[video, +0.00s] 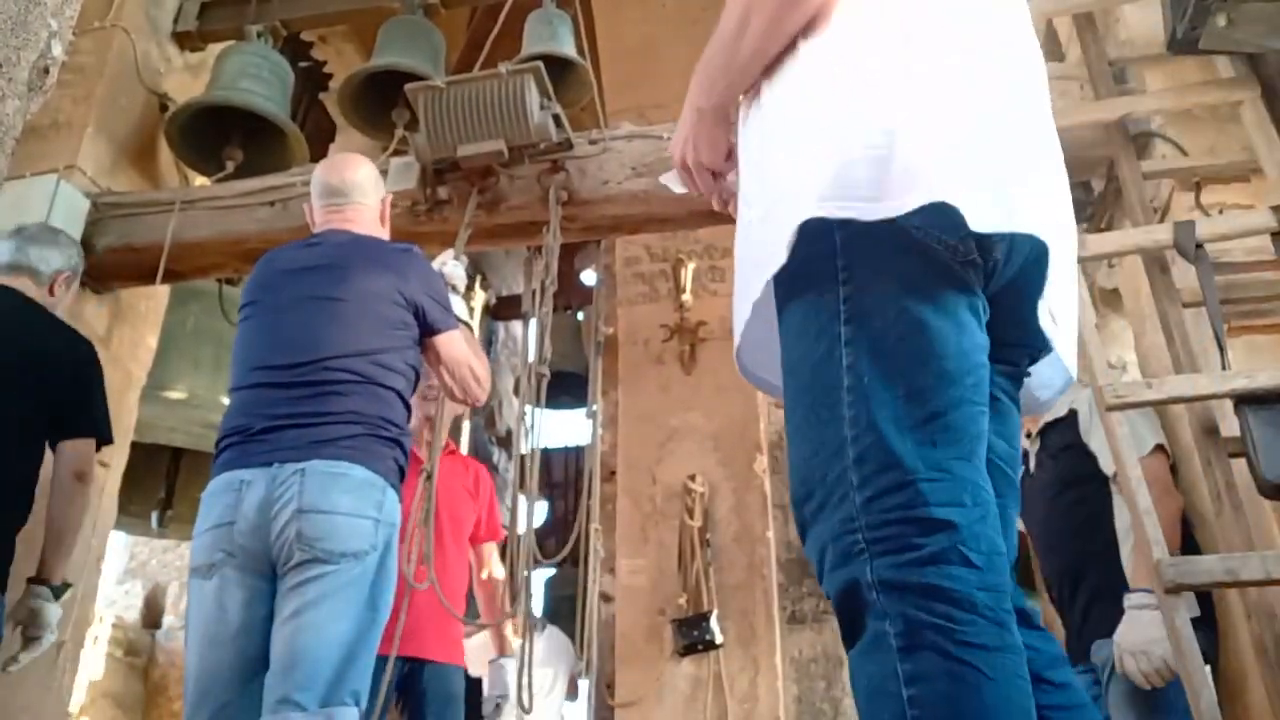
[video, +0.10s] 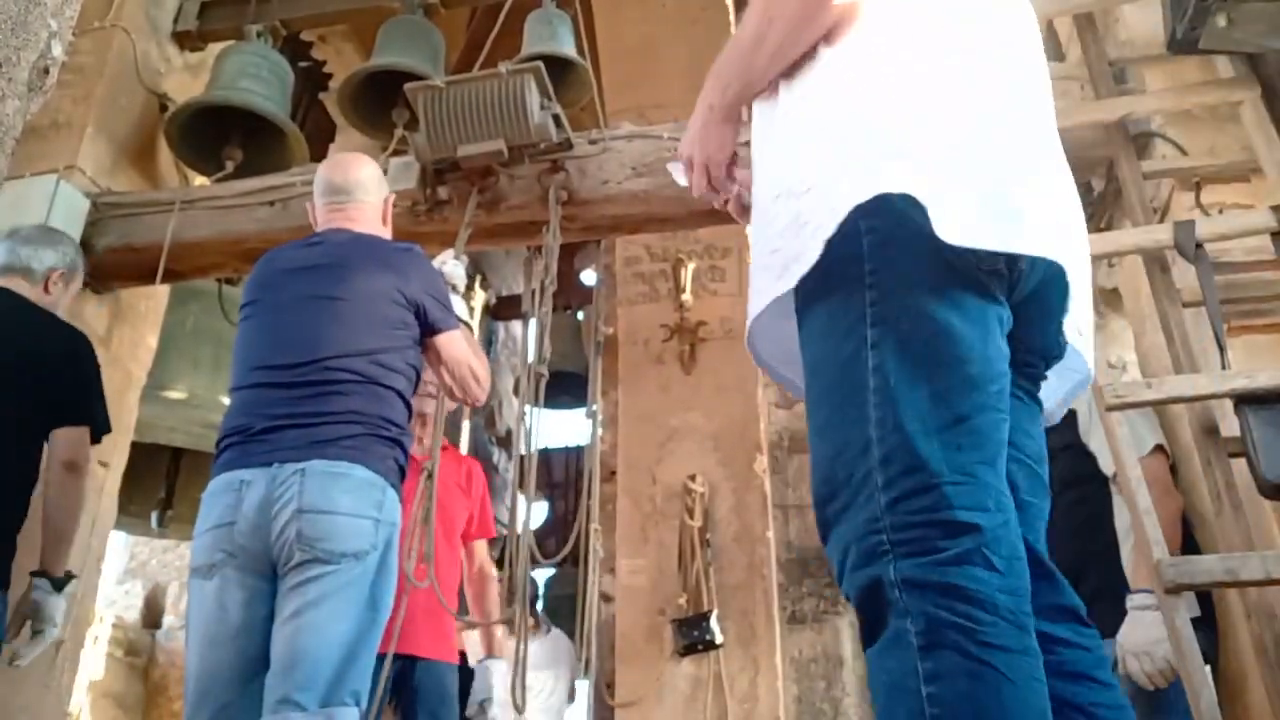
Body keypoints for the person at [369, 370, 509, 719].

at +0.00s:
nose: (432, 384)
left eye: (445, 379)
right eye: (423, 374)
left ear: (463, 404)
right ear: (403, 392)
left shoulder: (474, 476)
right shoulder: (382, 463)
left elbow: (488, 571)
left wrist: (502, 655)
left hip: (441, 650)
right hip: (371, 644)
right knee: (355, 713)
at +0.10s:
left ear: (451, 403)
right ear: (396, 394)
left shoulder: (466, 471)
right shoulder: (376, 460)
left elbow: (480, 567)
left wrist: (493, 653)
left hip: (434, 647)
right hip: (365, 641)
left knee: (437, 713)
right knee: (348, 713)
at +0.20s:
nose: (424, 379)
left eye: (434, 372)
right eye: (417, 368)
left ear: (447, 389)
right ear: (394, 377)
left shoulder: (458, 467)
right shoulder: (368, 456)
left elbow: (471, 564)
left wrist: (484, 655)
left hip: (427, 646)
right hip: (359, 639)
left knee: (434, 713)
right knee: (344, 713)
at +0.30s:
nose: (412, 390)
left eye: (421, 383)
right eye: (405, 379)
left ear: (439, 393)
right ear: (389, 384)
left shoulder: (454, 467)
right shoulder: (362, 454)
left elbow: (467, 561)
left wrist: (480, 650)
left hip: (422, 645)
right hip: (356, 639)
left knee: (434, 713)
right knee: (342, 713)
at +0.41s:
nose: (413, 378)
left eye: (424, 370)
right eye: (410, 367)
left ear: (440, 384)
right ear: (389, 376)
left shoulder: (450, 465)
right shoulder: (358, 451)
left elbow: (466, 560)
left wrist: (479, 645)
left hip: (421, 643)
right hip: (353, 638)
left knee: (431, 712)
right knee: (339, 713)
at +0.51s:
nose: (413, 375)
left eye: (425, 367)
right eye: (410, 363)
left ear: (438, 382)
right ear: (385, 371)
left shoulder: (445, 462)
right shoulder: (346, 448)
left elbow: (464, 557)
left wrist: (480, 638)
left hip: (417, 649)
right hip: (342, 642)